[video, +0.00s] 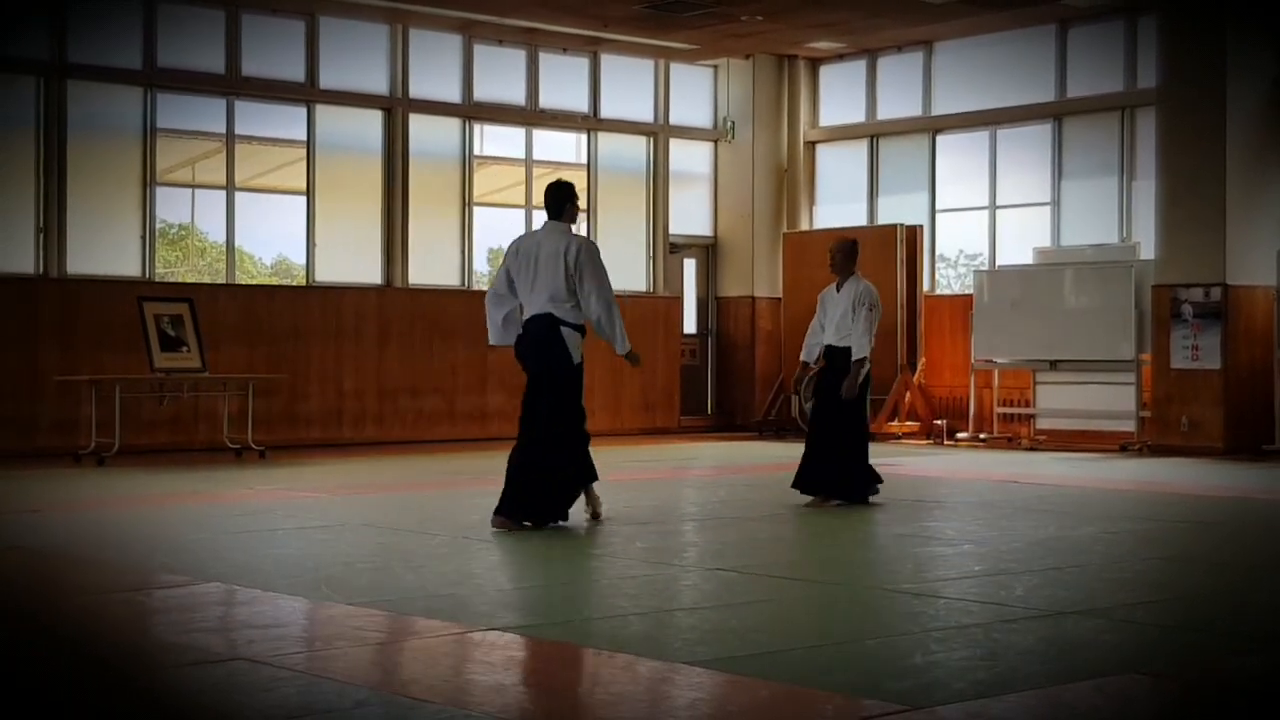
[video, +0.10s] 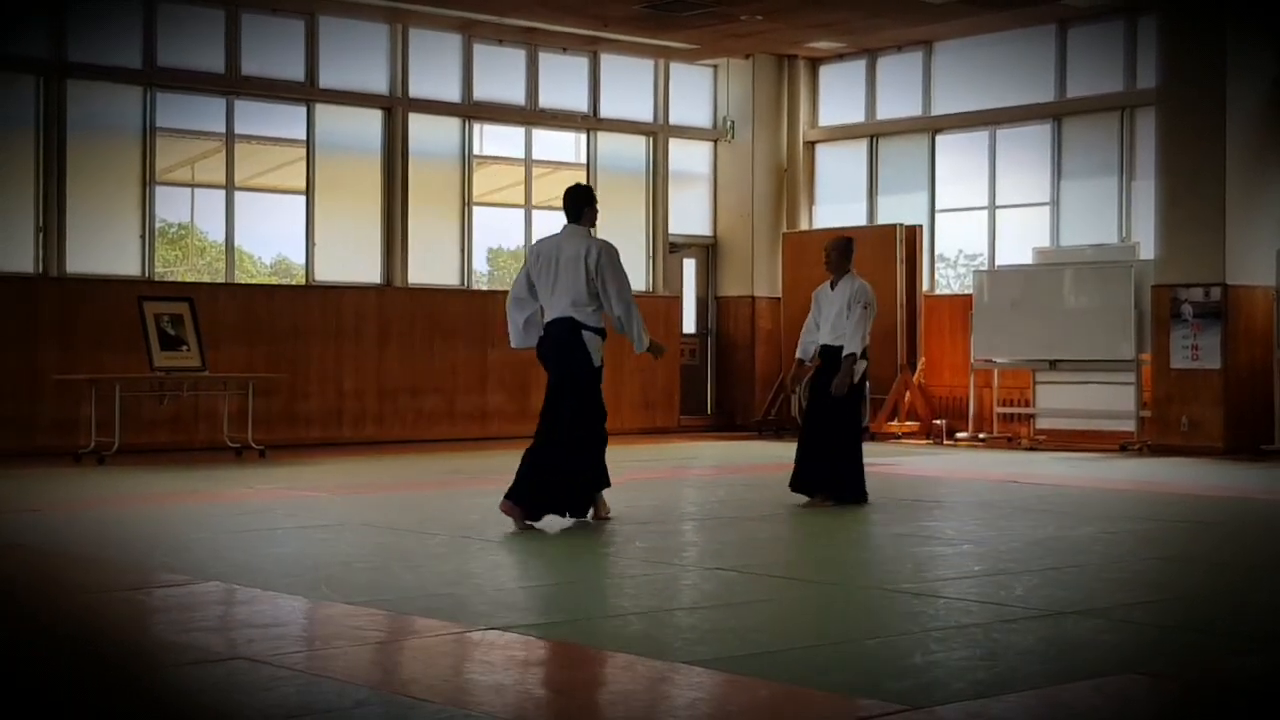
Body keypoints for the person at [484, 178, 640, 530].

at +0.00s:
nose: (579, 209)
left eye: (577, 203)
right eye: (577, 204)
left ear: (547, 208)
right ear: (570, 208)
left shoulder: (520, 245)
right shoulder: (580, 247)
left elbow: (499, 296)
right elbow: (598, 303)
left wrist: (515, 335)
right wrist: (624, 346)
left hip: (528, 340)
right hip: (562, 339)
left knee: (568, 418)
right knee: (538, 423)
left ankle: (588, 486)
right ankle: (509, 511)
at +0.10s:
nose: (597, 212)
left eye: (595, 207)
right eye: (595, 207)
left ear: (566, 211)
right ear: (589, 211)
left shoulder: (540, 248)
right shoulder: (600, 250)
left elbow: (520, 298)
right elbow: (621, 304)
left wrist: (536, 336)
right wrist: (646, 341)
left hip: (549, 341)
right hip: (583, 341)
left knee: (589, 419)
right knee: (559, 422)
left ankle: (597, 495)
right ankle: (519, 498)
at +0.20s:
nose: (614, 214)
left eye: (612, 208)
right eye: (612, 209)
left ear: (583, 213)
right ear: (607, 213)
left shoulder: (558, 249)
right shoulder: (617, 250)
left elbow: (538, 299)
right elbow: (642, 301)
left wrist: (552, 334)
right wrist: (665, 334)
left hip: (567, 341)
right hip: (602, 341)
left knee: (579, 418)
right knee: (606, 420)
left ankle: (595, 501)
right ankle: (548, 477)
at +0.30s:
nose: (634, 217)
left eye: (631, 212)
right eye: (632, 212)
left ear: (604, 216)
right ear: (627, 216)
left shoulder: (576, 251)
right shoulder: (635, 253)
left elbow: (556, 301)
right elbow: (663, 298)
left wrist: (569, 338)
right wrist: (687, 324)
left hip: (585, 345)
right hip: (622, 345)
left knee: (594, 417)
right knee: (650, 417)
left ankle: (598, 498)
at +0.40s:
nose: (652, 226)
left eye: (650, 221)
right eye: (652, 221)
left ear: (621, 223)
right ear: (648, 223)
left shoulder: (594, 258)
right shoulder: (655, 260)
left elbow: (572, 306)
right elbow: (695, 294)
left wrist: (588, 342)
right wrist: (714, 277)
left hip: (603, 351)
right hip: (640, 351)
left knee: (603, 423)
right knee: (678, 416)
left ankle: (593, 499)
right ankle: (657, 486)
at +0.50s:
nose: (672, 235)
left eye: (667, 230)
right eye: (671, 230)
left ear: (642, 232)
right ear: (669, 232)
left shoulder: (616, 264)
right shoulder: (676, 266)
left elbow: (588, 310)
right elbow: (719, 264)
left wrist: (599, 351)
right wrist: (718, 229)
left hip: (620, 356)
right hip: (659, 357)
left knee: (609, 428)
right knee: (693, 420)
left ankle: (593, 493)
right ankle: (710, 490)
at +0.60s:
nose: (698, 242)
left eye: (694, 236)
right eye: (697, 236)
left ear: (666, 237)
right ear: (695, 239)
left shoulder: (639, 267)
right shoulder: (702, 270)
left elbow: (604, 306)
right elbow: (738, 251)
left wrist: (602, 348)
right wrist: (721, 214)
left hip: (638, 362)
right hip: (680, 362)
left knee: (615, 429)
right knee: (719, 423)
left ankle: (589, 491)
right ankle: (753, 491)